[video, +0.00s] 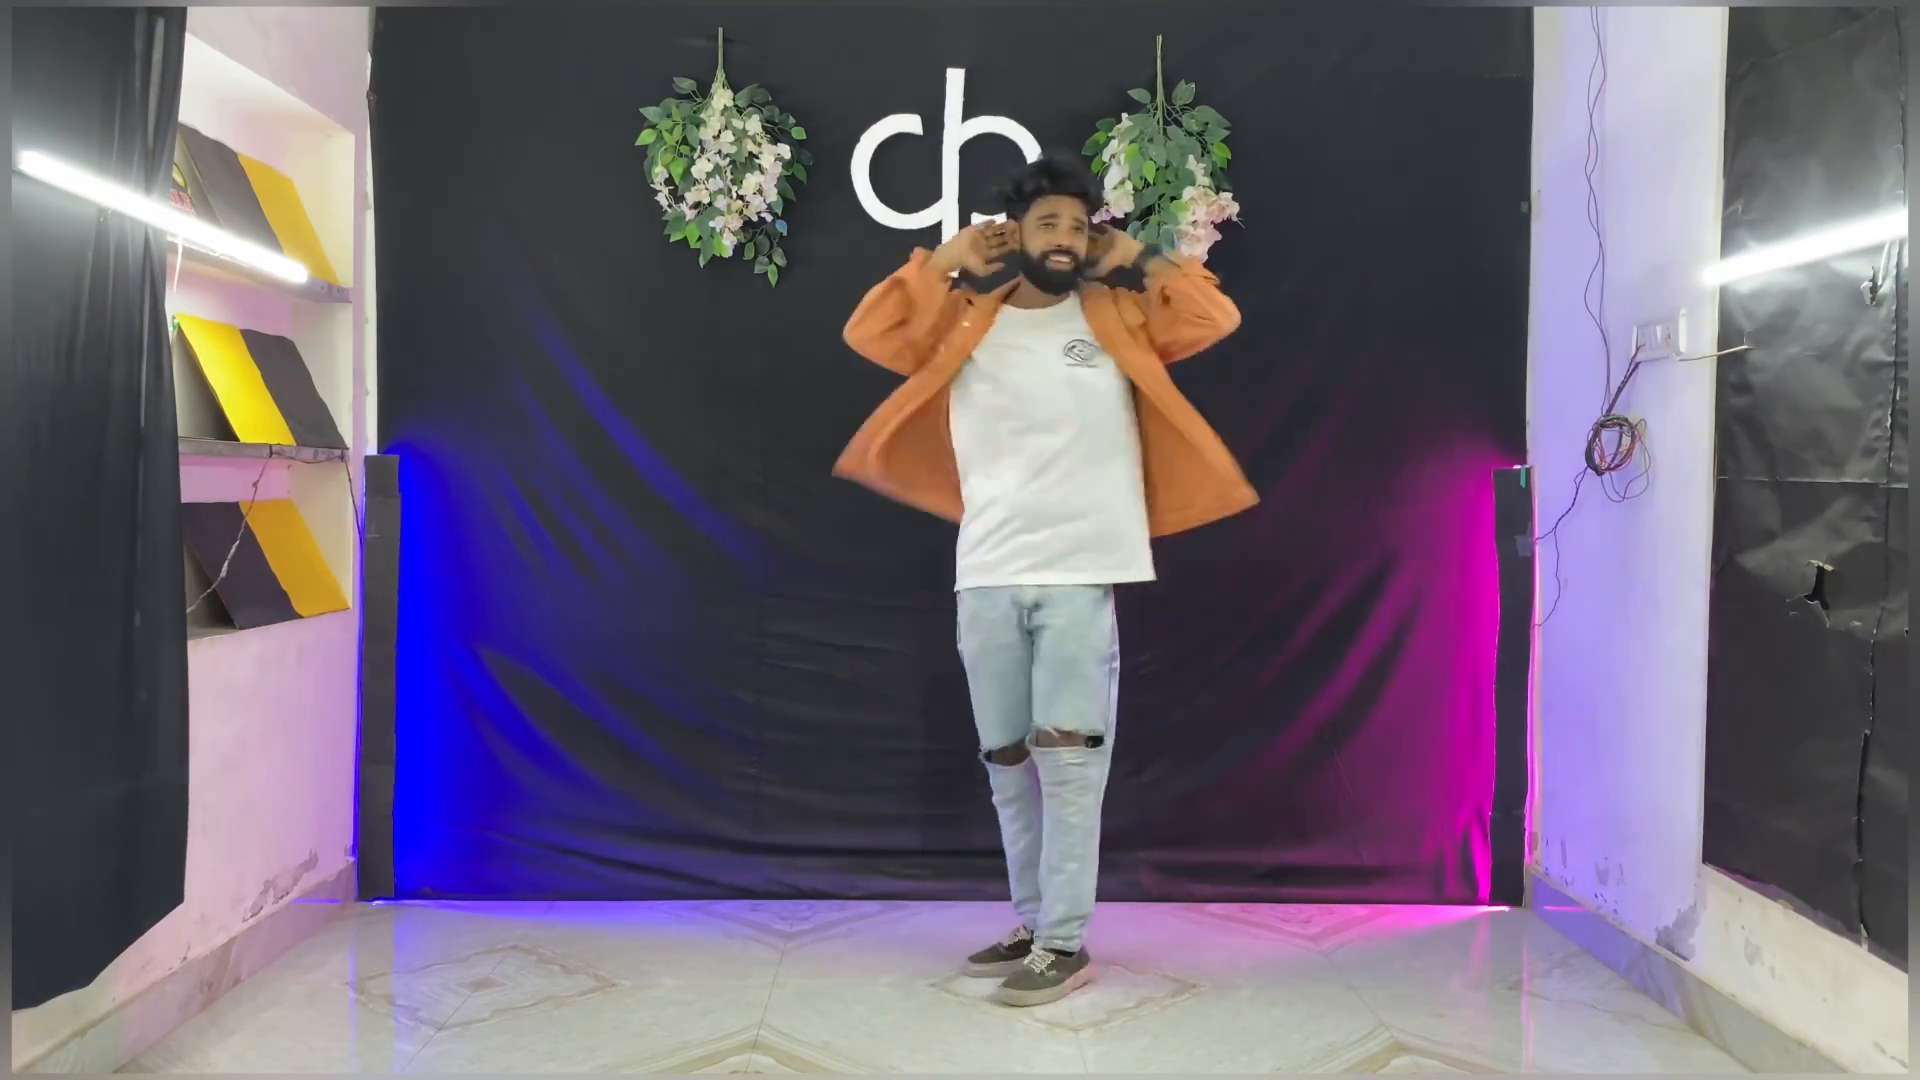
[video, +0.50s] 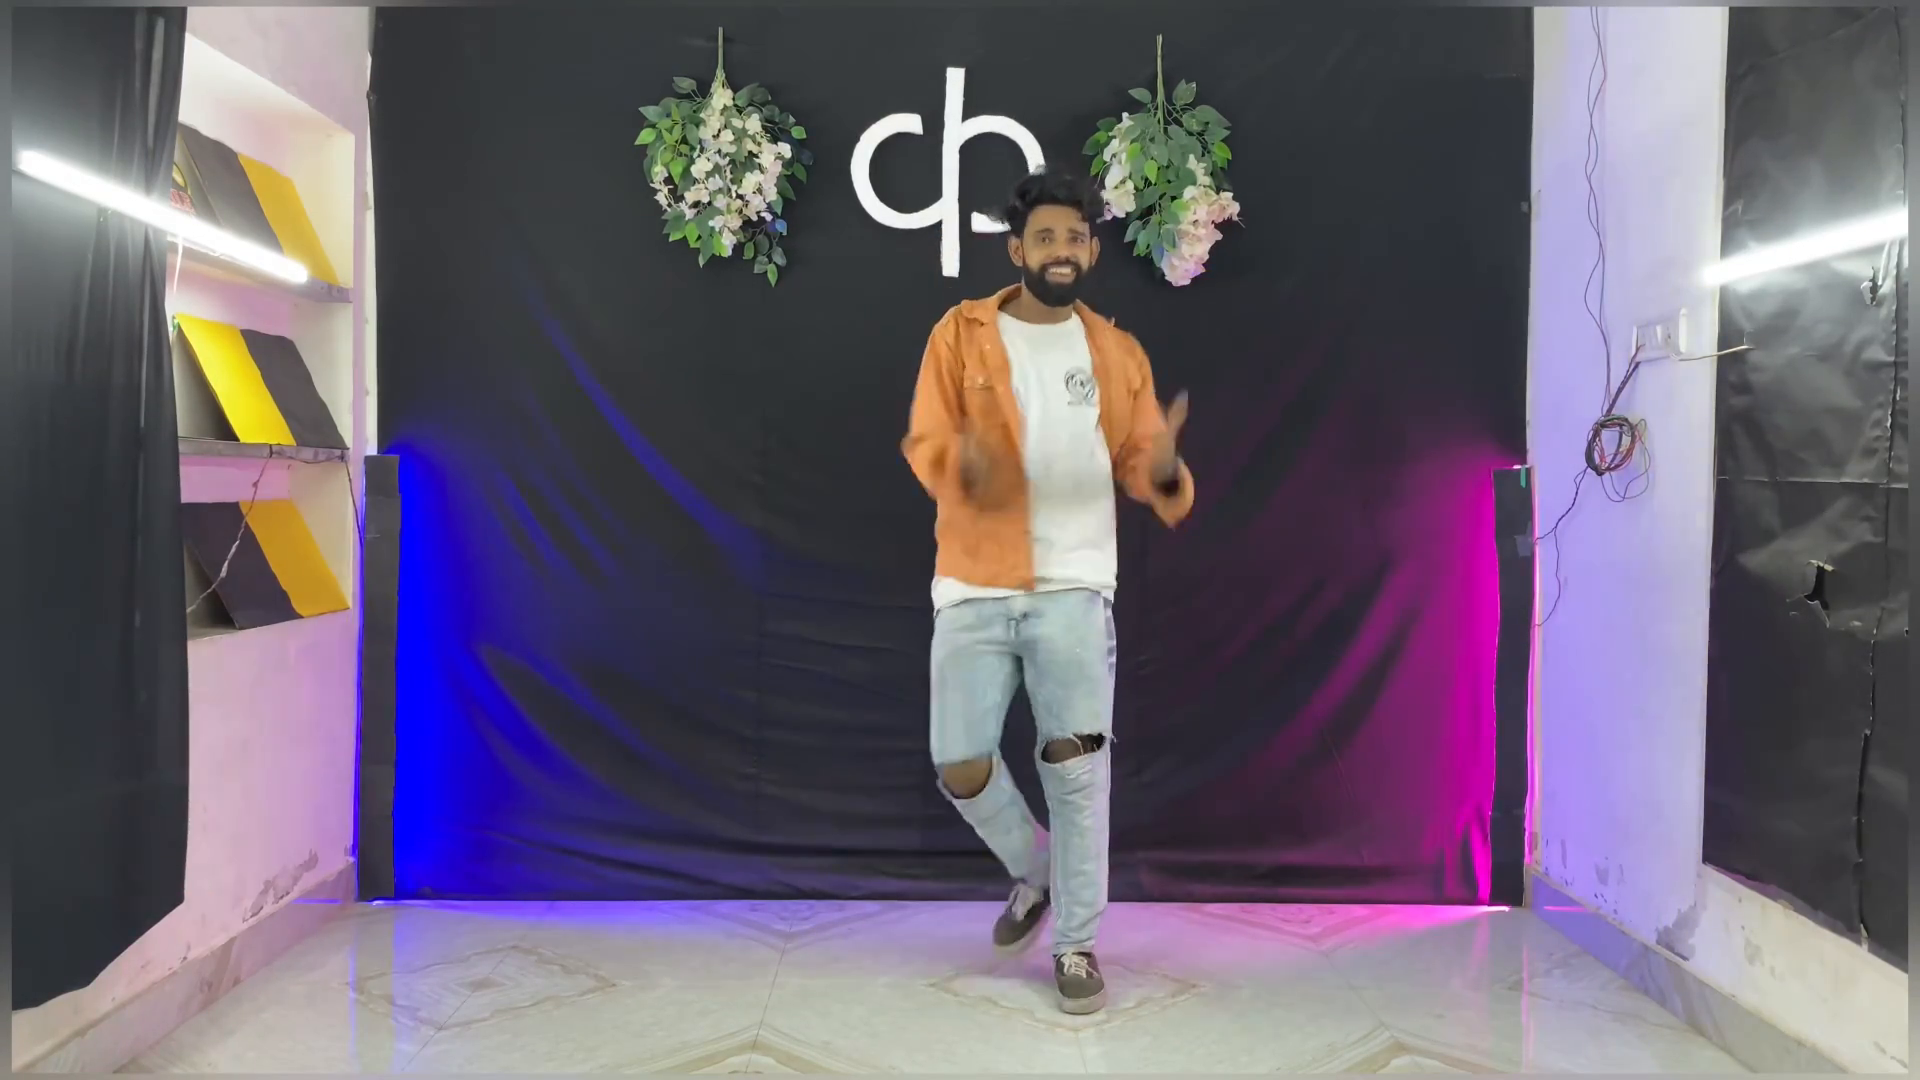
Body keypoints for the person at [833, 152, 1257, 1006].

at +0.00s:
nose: (1060, 241)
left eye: (1074, 227)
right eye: (1045, 224)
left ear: (1093, 238)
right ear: (1014, 230)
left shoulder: (1116, 313)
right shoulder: (965, 316)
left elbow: (1215, 318)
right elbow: (867, 334)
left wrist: (1136, 258)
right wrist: (949, 257)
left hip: (1081, 565)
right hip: (988, 567)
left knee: (1067, 755)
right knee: (1007, 759)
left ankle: (1063, 940)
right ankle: (1032, 926)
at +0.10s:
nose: (1068, 238)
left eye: (1083, 225)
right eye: (1053, 221)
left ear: (1101, 240)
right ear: (1020, 232)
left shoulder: (1121, 316)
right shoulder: (977, 314)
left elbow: (1220, 329)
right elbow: (893, 332)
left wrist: (1141, 264)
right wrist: (967, 255)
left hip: (1078, 567)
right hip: (985, 571)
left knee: (1070, 753)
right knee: (1004, 757)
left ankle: (1066, 940)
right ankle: (1031, 922)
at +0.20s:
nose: (1066, 236)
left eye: (1080, 222)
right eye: (1050, 220)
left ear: (1095, 235)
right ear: (1019, 228)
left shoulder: (1123, 317)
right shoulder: (973, 314)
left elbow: (1216, 360)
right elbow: (897, 367)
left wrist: (1162, 272)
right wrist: (948, 271)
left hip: (1079, 571)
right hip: (983, 572)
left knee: (1072, 755)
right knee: (1004, 760)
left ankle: (1070, 938)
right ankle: (1032, 921)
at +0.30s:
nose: (1062, 232)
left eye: (1076, 219)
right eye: (1046, 217)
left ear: (1089, 234)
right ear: (1014, 227)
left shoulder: (1119, 323)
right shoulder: (965, 321)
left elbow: (1169, 436)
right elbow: (919, 431)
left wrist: (1189, 375)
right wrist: (913, 341)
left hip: (1079, 572)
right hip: (984, 574)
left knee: (1080, 760)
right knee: (1007, 763)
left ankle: (1077, 940)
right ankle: (1034, 921)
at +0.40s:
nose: (1057, 234)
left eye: (1072, 221)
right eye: (1041, 219)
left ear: (1090, 236)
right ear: (1012, 232)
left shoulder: (1121, 331)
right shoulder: (962, 329)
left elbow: (1157, 430)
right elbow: (932, 441)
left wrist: (1171, 497)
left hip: (1079, 577)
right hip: (980, 579)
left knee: (1078, 759)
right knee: (993, 762)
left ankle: (1076, 940)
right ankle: (1034, 915)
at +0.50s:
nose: (1062, 252)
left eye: (1076, 238)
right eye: (1045, 237)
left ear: (1093, 249)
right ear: (1015, 245)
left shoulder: (1117, 351)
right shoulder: (962, 333)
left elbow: (1147, 464)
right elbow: (926, 442)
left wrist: (1162, 468)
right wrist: (964, 464)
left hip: (1074, 583)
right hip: (973, 582)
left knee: (1073, 760)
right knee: (961, 762)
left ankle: (1077, 940)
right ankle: (1033, 872)